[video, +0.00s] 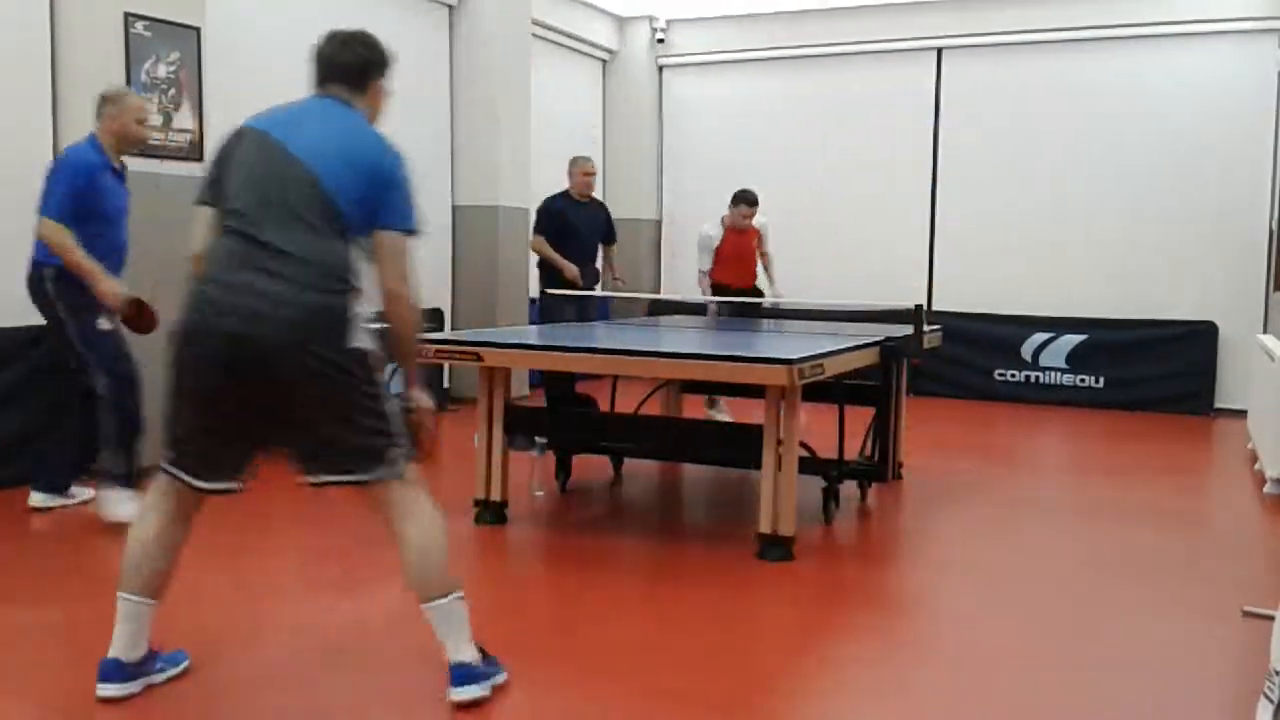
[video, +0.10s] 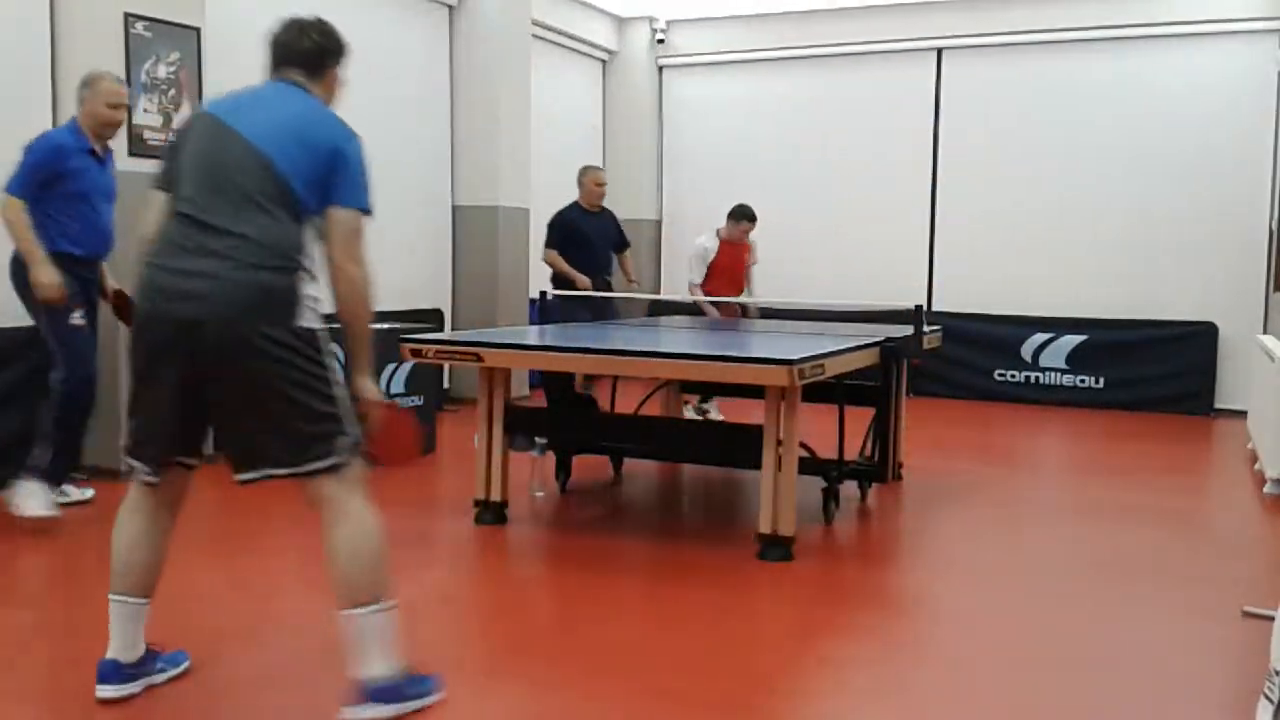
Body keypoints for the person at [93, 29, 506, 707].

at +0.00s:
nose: (385, 100)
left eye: (383, 89)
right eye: (385, 89)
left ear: (319, 79)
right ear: (373, 88)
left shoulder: (251, 131)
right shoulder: (378, 155)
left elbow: (203, 252)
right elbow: (396, 297)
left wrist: (225, 324)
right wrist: (417, 384)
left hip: (214, 331)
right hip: (312, 340)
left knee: (174, 487)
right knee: (400, 488)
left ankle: (124, 656)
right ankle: (464, 661)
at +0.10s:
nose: (341, 90)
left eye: (339, 79)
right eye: (341, 79)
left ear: (275, 65)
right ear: (329, 75)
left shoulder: (207, 114)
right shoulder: (332, 135)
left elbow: (153, 234)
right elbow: (345, 260)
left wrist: (158, 312)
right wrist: (363, 371)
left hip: (163, 316)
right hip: (258, 321)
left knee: (155, 481)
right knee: (340, 483)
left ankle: (122, 658)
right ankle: (378, 674)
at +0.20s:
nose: (300, 62)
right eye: (300, 51)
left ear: (232, 41)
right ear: (291, 49)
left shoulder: (166, 97)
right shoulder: (295, 114)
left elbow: (102, 215)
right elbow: (309, 241)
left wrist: (99, 315)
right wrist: (326, 351)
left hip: (132, 311)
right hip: (222, 315)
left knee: (144, 479)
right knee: (277, 478)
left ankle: (122, 658)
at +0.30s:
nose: (260, 35)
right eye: (260, 26)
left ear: (192, 21)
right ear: (256, 28)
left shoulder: (135, 86)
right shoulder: (266, 99)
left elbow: (73, 203)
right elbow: (282, 227)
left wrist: (56, 301)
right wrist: (302, 340)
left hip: (104, 312)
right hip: (195, 316)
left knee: (120, 487)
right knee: (216, 484)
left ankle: (121, 659)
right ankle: (139, 687)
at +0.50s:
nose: (209, 14)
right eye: (208, 7)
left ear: (130, 8)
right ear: (197, 7)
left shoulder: (88, 74)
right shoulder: (210, 79)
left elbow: (49, 204)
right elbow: (246, 218)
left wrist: (33, 307)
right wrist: (281, 315)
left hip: (70, 302)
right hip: (143, 311)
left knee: (102, 490)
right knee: (95, 500)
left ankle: (121, 657)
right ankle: (29, 699)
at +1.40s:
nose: (210, 19)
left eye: (205, 13)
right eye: (209, 12)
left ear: (134, 7)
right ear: (197, 9)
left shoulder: (92, 76)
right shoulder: (191, 82)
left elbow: (56, 202)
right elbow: (199, 216)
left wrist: (49, 294)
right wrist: (231, 329)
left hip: (108, 311)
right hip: (159, 319)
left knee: (178, 479)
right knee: (150, 499)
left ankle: (162, 653)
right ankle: (38, 694)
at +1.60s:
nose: (244, 17)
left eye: (240, 11)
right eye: (244, 10)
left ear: (169, 7)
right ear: (236, 9)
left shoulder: (132, 76)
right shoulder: (220, 81)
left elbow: (105, 212)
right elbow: (234, 214)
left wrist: (162, 265)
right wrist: (282, 317)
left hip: (141, 309)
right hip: (207, 309)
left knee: (178, 480)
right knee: (268, 470)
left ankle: (160, 650)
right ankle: (153, 642)